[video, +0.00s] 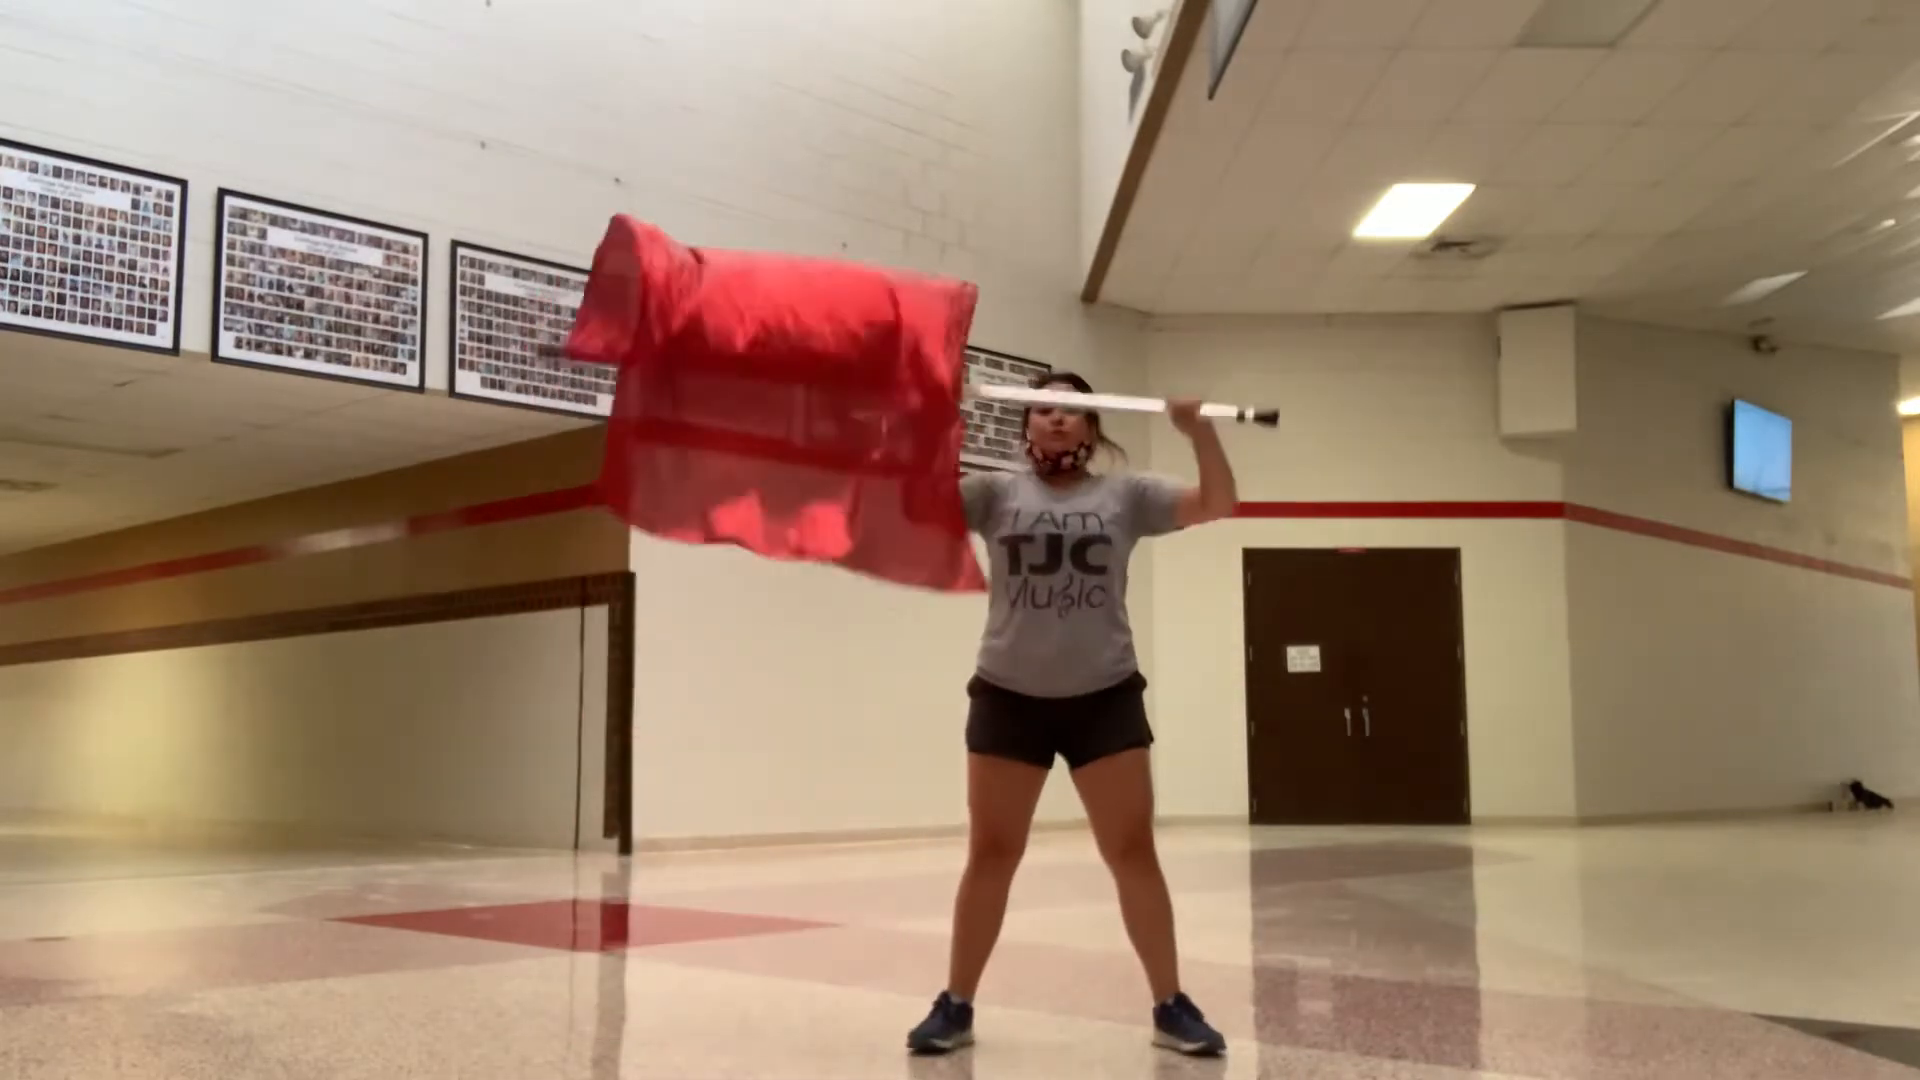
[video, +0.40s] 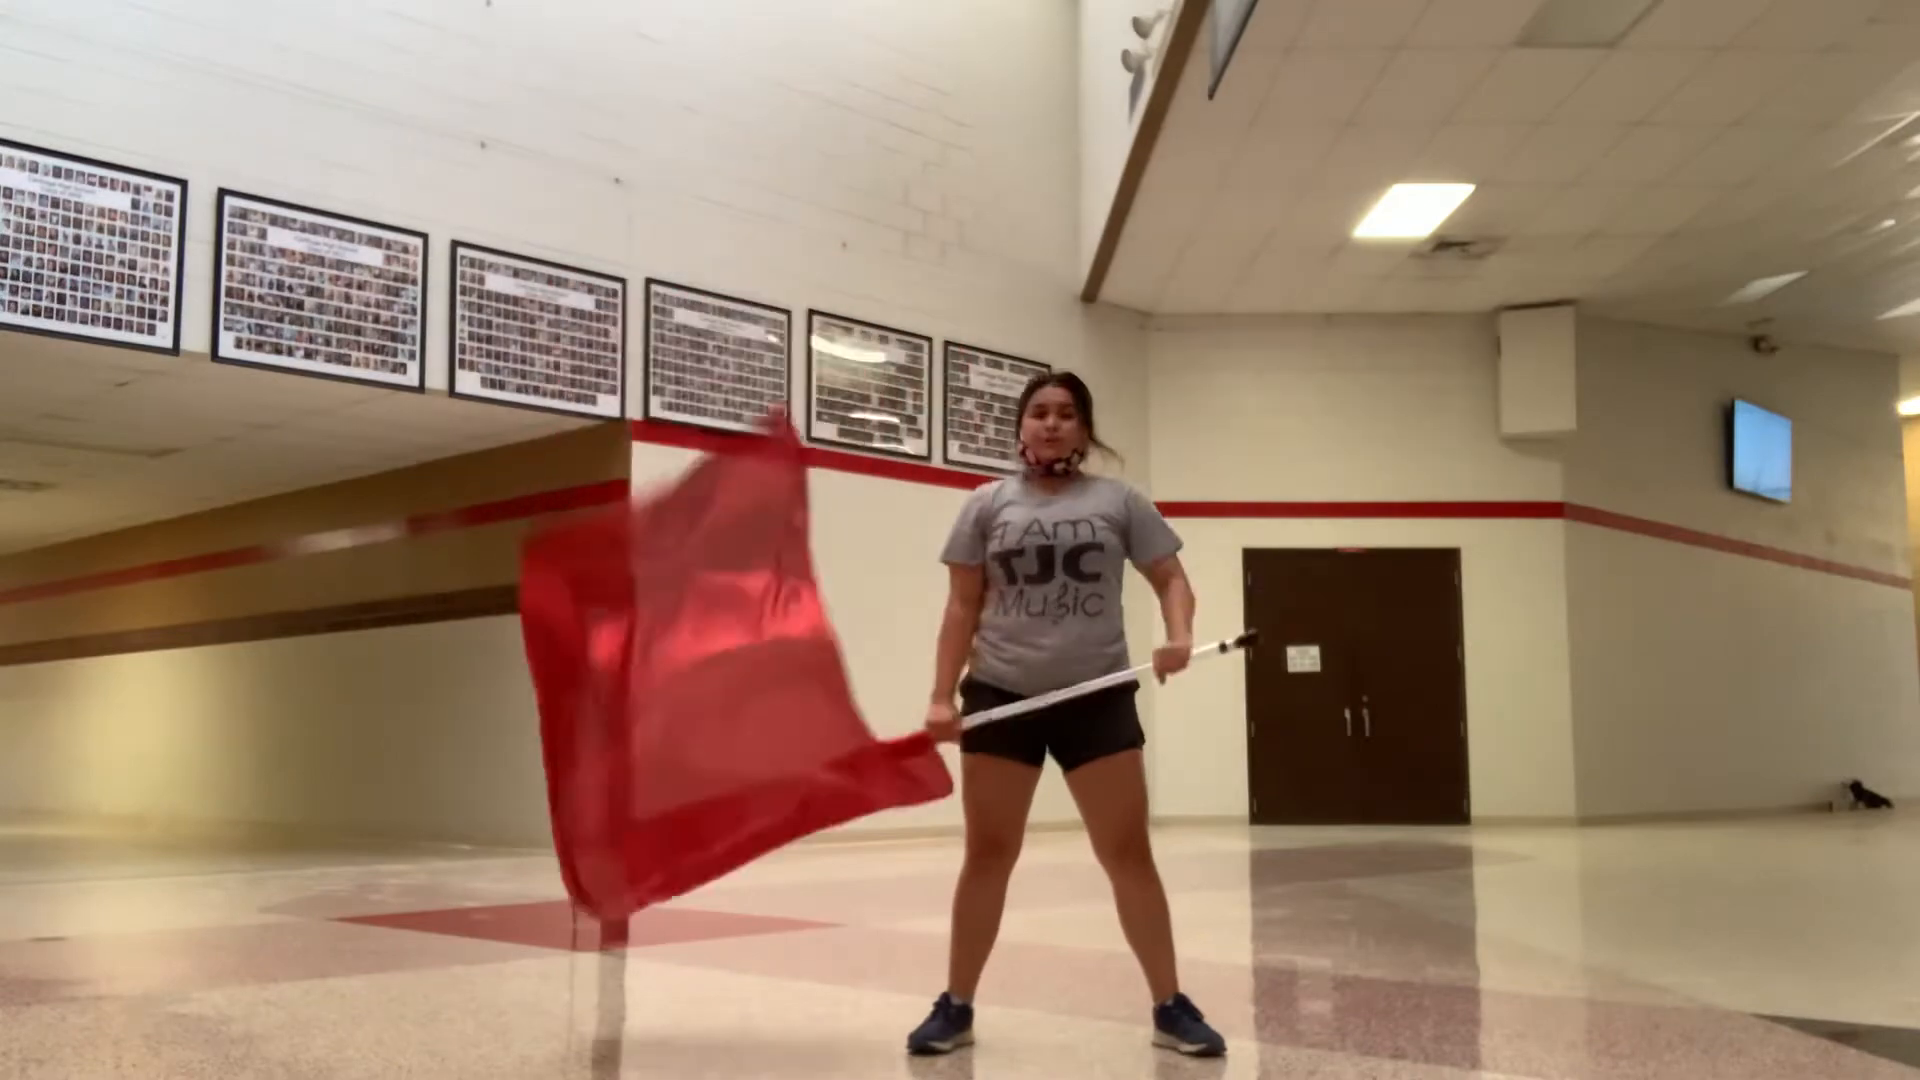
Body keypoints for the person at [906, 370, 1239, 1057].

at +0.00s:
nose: (1053, 421)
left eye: (1067, 413)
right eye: (1043, 411)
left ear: (1091, 430)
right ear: (1025, 426)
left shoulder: (1123, 496)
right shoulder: (995, 492)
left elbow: (1218, 500)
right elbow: (910, 498)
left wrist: (1196, 428)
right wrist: (927, 423)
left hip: (1104, 696)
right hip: (1009, 695)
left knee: (1134, 852)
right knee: (991, 853)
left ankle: (1170, 1004)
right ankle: (955, 1004)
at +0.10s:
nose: (1054, 419)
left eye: (1068, 409)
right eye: (1042, 409)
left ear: (1090, 427)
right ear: (1025, 426)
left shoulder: (1120, 497)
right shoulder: (998, 498)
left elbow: (1201, 542)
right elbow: (937, 560)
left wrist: (1185, 499)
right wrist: (917, 497)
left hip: (1104, 695)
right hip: (1011, 696)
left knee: (1134, 851)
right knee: (993, 852)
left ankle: (1170, 1005)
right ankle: (955, 1004)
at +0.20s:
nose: (1054, 422)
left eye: (1068, 412)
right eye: (1043, 411)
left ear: (1090, 428)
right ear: (1024, 426)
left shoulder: (1122, 501)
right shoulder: (996, 500)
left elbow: (1178, 565)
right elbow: (962, 577)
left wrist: (1176, 584)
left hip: (1102, 695)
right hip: (1008, 696)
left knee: (1132, 851)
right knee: (991, 853)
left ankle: (1170, 1005)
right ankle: (955, 1004)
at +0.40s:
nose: (1050, 424)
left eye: (1064, 415)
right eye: (1039, 413)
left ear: (1085, 431)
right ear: (1019, 426)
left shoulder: (1119, 501)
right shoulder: (987, 506)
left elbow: (1170, 578)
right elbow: (962, 605)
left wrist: (1177, 636)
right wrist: (943, 694)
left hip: (1095, 695)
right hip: (1000, 697)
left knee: (1129, 853)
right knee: (987, 854)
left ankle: (1170, 1005)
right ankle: (955, 1004)